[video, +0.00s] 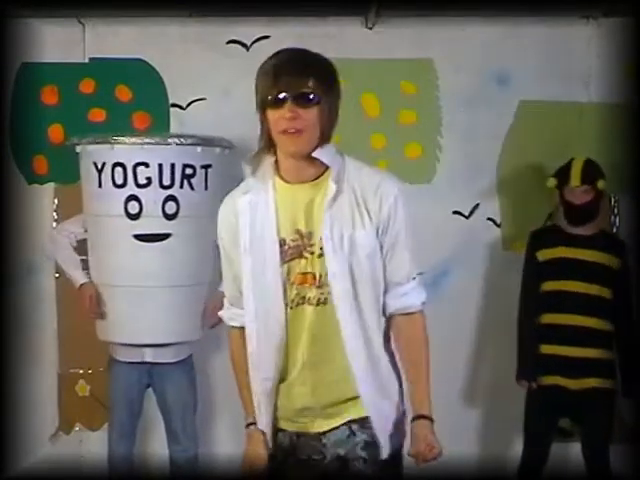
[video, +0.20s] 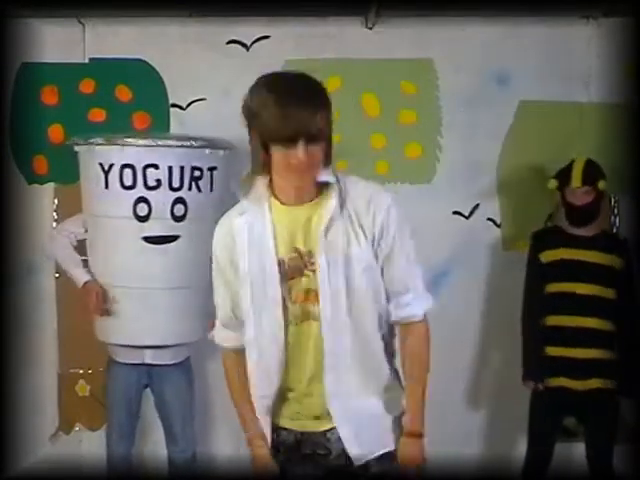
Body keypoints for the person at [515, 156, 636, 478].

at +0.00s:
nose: (579, 197)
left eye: (587, 189)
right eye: (571, 189)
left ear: (599, 194)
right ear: (560, 193)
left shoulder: (615, 248)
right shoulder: (540, 241)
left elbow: (625, 313)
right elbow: (528, 307)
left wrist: (628, 372)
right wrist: (525, 363)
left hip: (597, 374)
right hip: (548, 371)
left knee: (597, 459)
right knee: (533, 457)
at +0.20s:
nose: (580, 197)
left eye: (588, 190)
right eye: (573, 190)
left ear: (600, 194)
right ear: (561, 193)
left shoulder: (618, 247)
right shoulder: (543, 242)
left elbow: (628, 313)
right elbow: (531, 308)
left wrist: (628, 372)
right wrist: (531, 364)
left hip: (602, 377)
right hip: (552, 375)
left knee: (601, 464)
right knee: (537, 462)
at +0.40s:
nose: (558, 197)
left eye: (564, 190)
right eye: (559, 190)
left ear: (581, 195)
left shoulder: (618, 246)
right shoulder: (544, 242)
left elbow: (629, 313)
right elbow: (532, 308)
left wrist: (627, 372)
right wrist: (531, 363)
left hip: (602, 380)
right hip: (552, 378)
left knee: (601, 465)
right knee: (536, 464)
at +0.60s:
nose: (541, 197)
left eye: (549, 189)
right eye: (540, 189)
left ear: (569, 191)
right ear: (538, 192)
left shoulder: (602, 244)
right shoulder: (533, 242)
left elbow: (614, 311)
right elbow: (525, 306)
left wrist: (602, 367)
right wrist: (518, 359)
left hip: (591, 376)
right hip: (543, 375)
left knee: (597, 463)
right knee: (545, 463)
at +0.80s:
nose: (508, 199)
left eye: (514, 190)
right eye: (506, 191)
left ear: (536, 191)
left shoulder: (573, 246)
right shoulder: (517, 247)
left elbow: (585, 317)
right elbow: (508, 313)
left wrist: (572, 377)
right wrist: (494, 369)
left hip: (565, 378)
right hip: (524, 377)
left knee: (575, 461)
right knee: (537, 463)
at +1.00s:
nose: (471, 202)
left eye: (476, 192)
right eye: (471, 193)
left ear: (497, 195)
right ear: (501, 198)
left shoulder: (529, 250)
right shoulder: (502, 250)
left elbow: (549, 318)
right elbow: (485, 318)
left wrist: (548, 377)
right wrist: (459, 369)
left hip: (530, 380)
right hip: (509, 377)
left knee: (503, 456)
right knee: (533, 461)